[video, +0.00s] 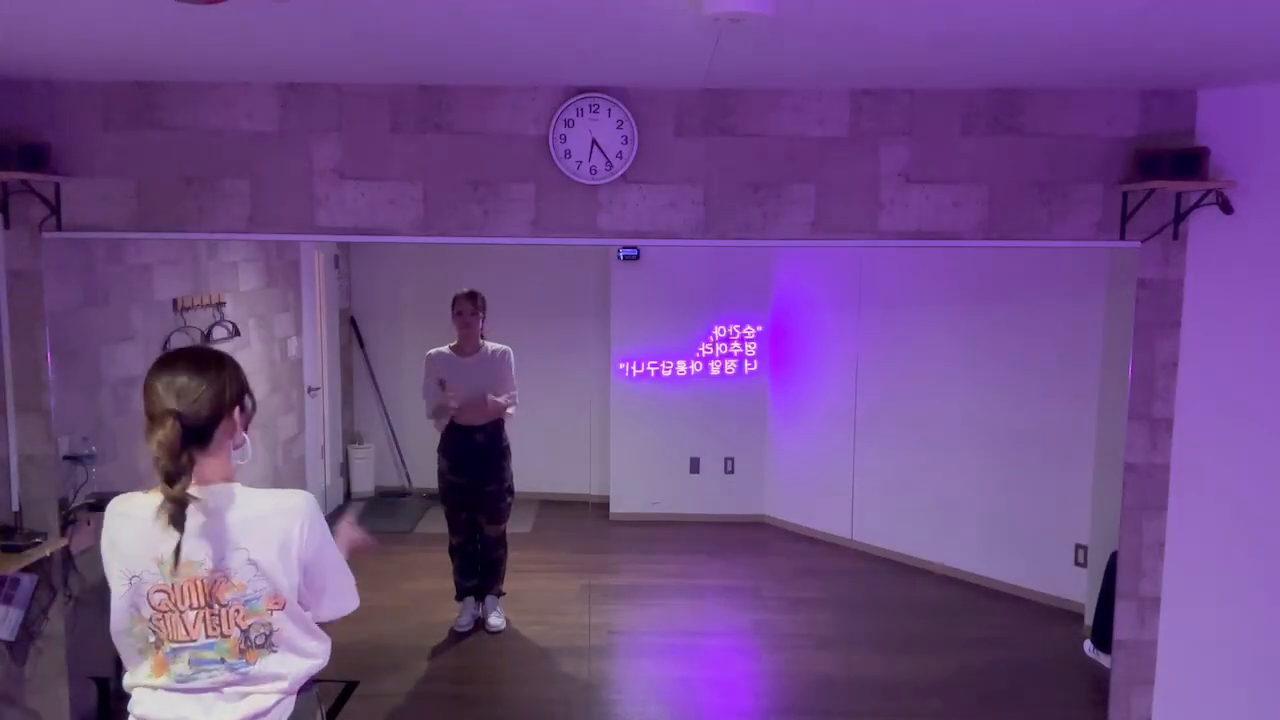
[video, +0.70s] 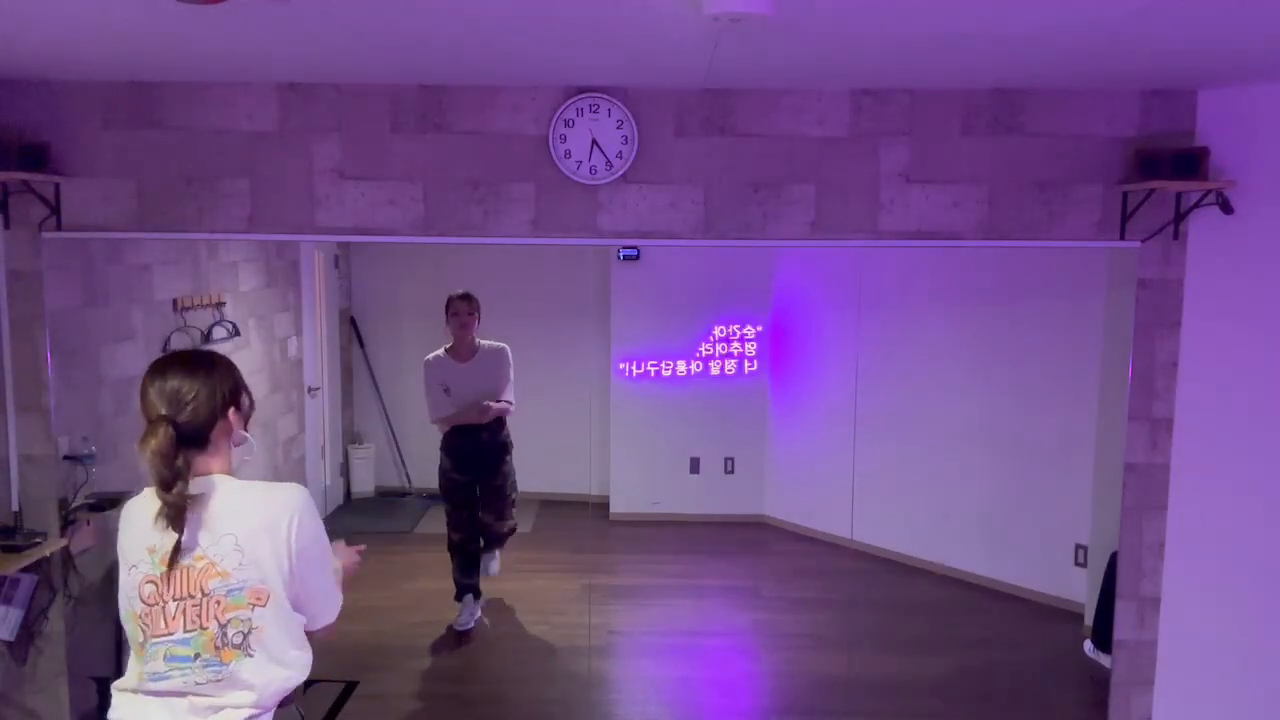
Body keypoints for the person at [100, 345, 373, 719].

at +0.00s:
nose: (248, 414)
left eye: (245, 403)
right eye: (245, 404)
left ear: (154, 422)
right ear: (237, 417)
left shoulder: (121, 518)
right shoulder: (293, 513)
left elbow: (128, 630)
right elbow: (324, 605)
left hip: (153, 710)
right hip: (264, 710)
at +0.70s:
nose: (245, 416)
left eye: (244, 405)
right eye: (244, 406)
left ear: (156, 422)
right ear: (232, 417)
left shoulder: (132, 515)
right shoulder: (286, 506)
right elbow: (321, 622)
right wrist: (336, 568)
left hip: (135, 708)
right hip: (245, 711)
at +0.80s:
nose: (244, 421)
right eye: (242, 405)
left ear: (156, 424)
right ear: (230, 414)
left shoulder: (140, 515)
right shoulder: (295, 503)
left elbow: (144, 627)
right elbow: (333, 635)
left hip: (148, 707)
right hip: (254, 711)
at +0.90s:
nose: (249, 413)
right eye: (247, 401)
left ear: (162, 423)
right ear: (236, 411)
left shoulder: (155, 515)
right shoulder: (292, 507)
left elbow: (156, 627)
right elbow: (332, 647)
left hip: (164, 706)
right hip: (264, 709)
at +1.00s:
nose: (267, 415)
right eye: (267, 403)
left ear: (180, 420)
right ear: (258, 412)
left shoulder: (186, 517)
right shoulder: (283, 517)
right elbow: (313, 667)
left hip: (181, 705)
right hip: (264, 709)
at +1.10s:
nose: (303, 415)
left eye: (300, 404)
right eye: (300, 405)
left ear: (220, 426)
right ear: (290, 420)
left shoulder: (223, 516)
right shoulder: (270, 522)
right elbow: (280, 681)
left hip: (214, 701)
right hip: (262, 708)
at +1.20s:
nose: (340, 459)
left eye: (336, 447)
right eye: (336, 448)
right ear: (326, 458)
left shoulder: (319, 540)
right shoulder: (271, 563)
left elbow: (343, 671)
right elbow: (269, 703)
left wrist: (366, 712)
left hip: (342, 703)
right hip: (298, 709)